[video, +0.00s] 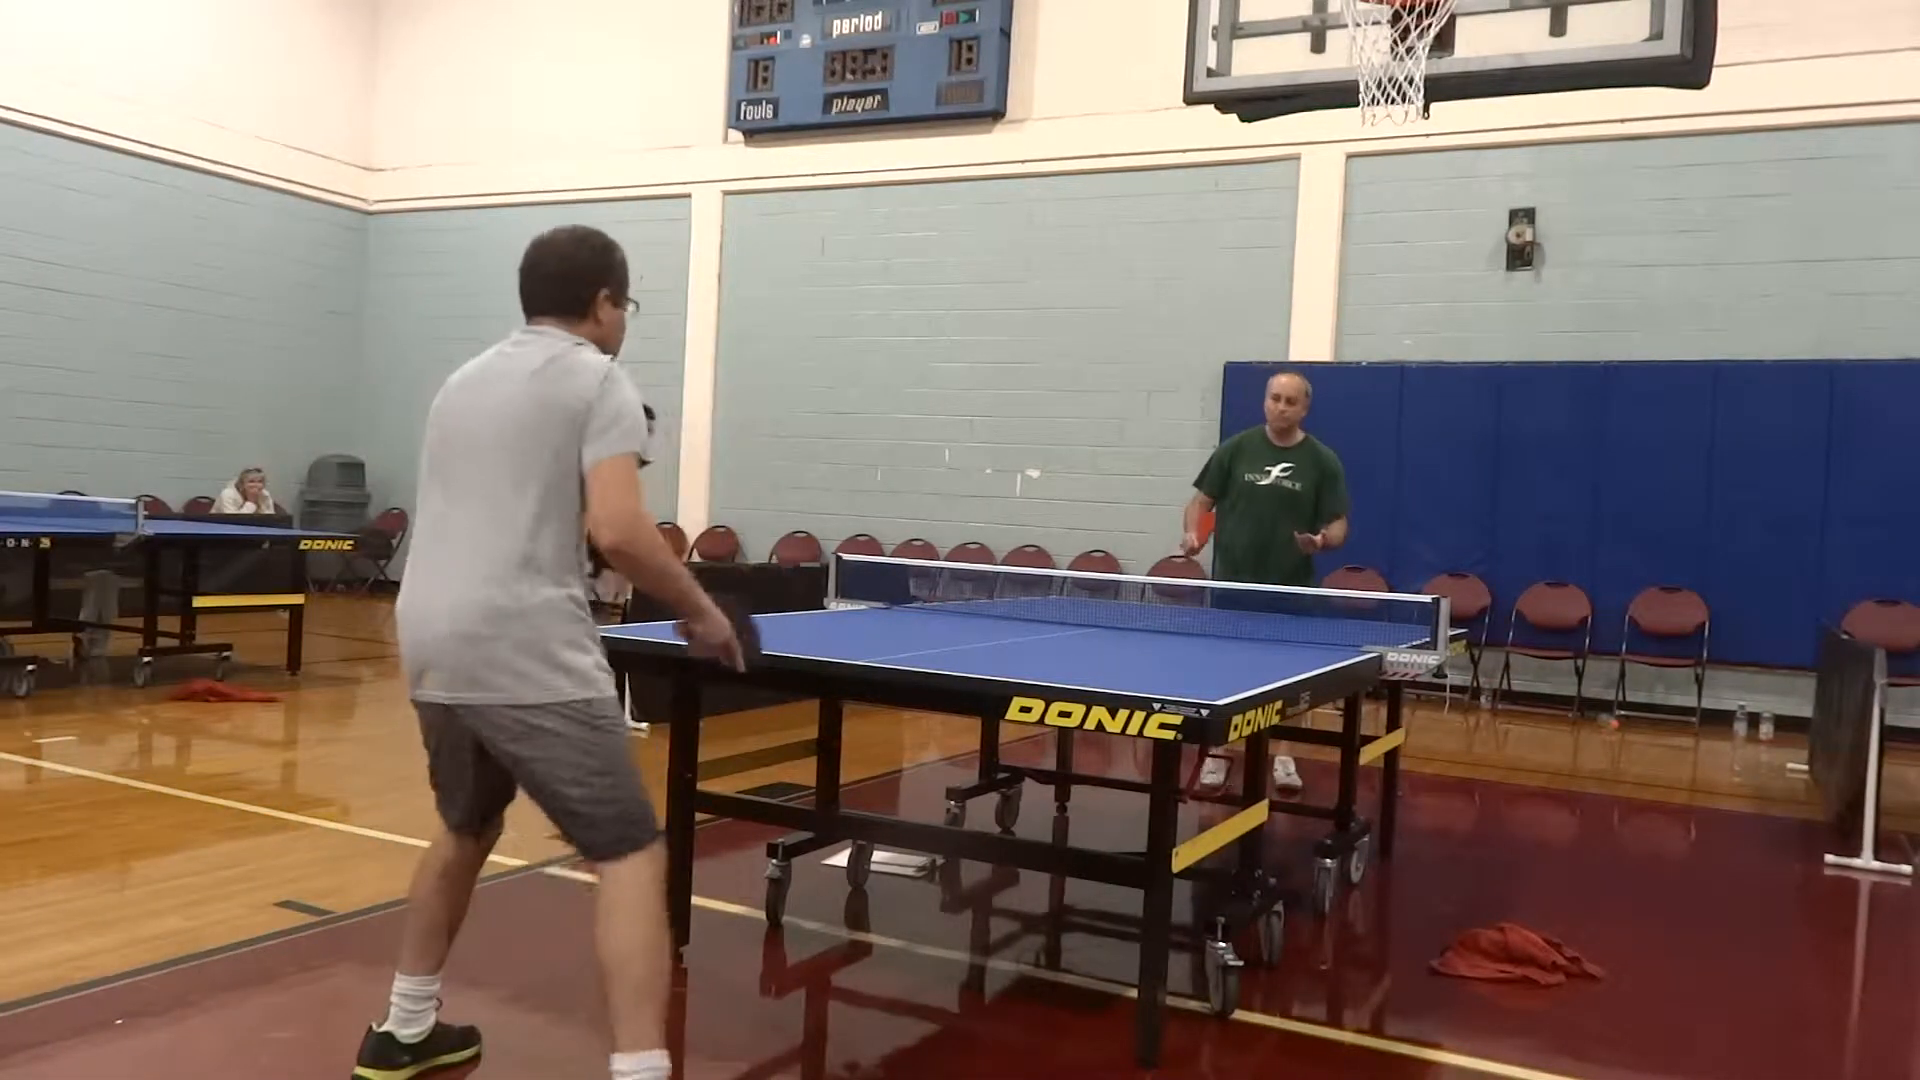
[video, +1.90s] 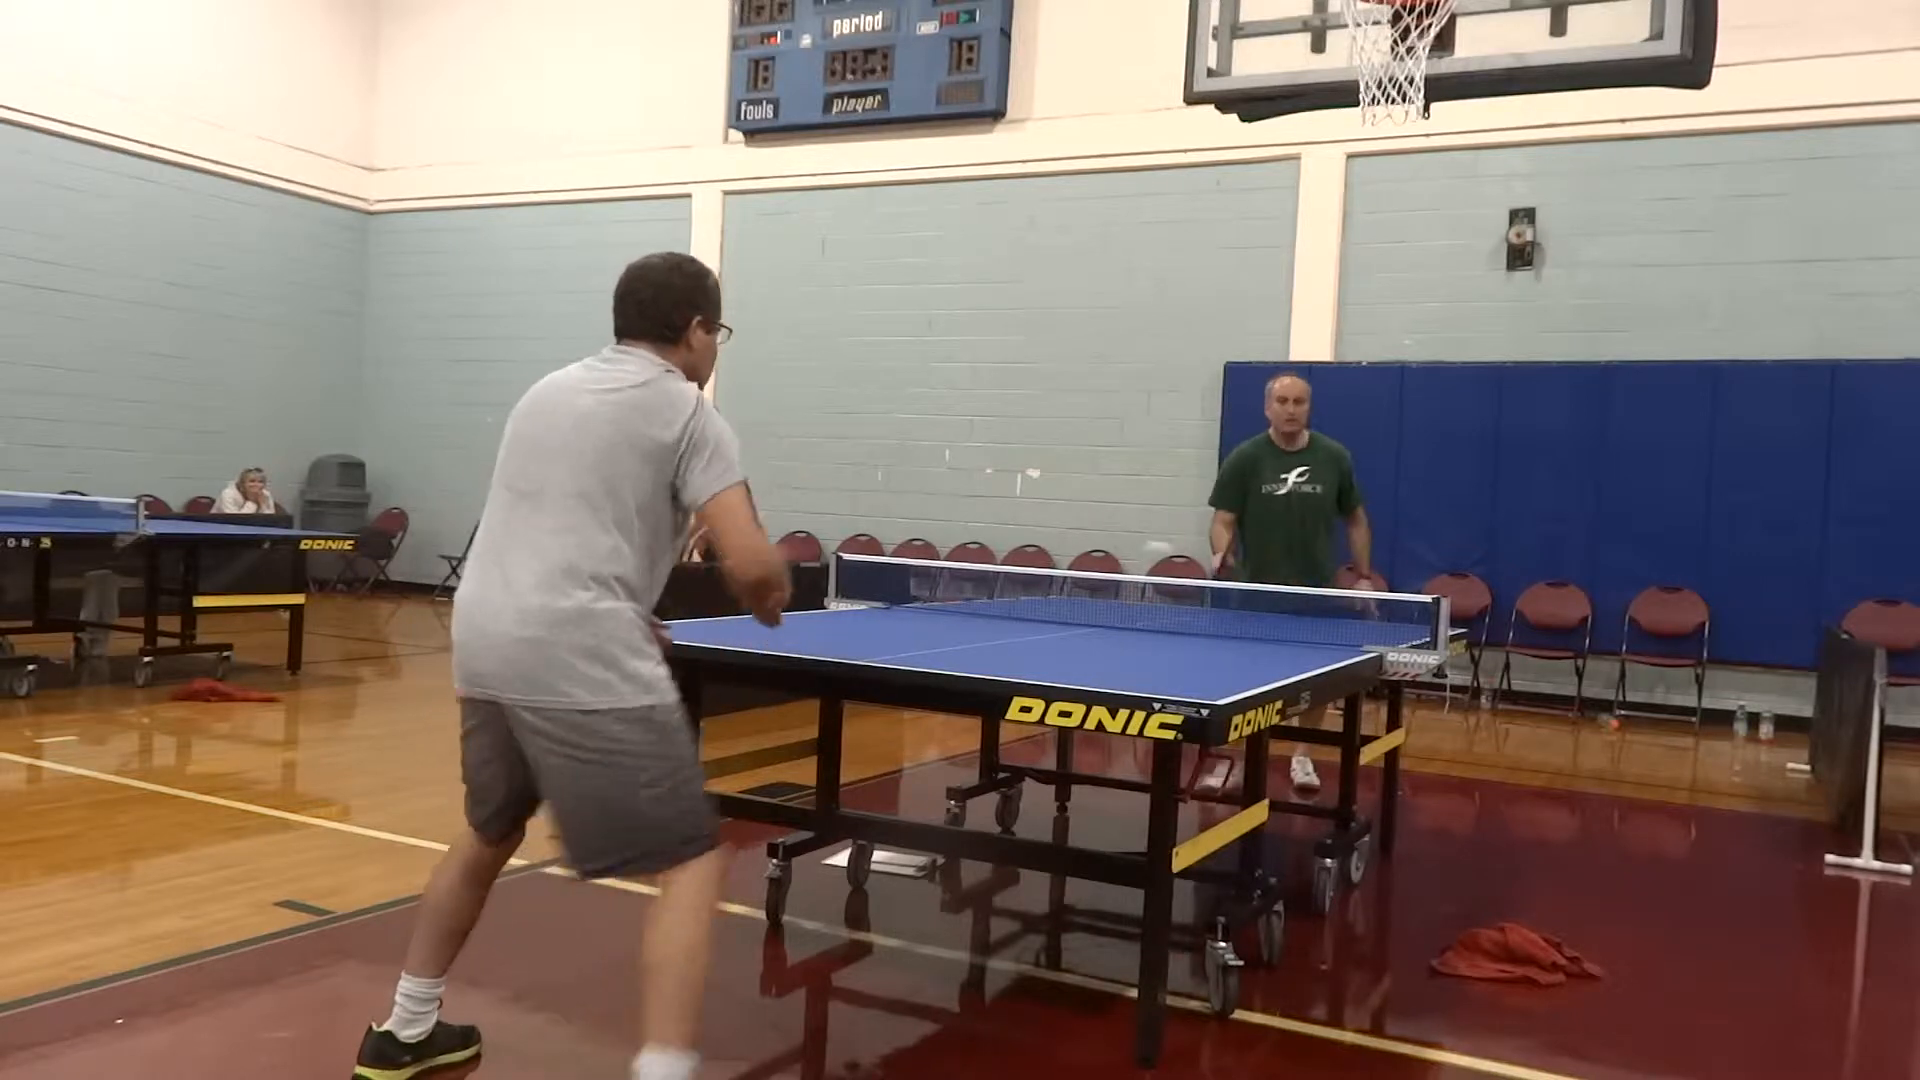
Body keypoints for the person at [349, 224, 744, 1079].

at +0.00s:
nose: (627, 318)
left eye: (627, 303)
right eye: (625, 302)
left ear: (528, 303)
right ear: (600, 302)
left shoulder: (462, 381)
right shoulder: (598, 378)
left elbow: (463, 520)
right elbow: (619, 533)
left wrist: (579, 567)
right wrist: (701, 611)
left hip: (433, 656)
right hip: (533, 661)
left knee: (465, 823)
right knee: (630, 853)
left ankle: (406, 1026)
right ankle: (642, 1070)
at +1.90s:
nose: (719, 346)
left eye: (718, 331)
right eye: (718, 330)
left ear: (620, 327)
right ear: (693, 330)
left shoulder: (544, 393)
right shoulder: (689, 414)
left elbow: (543, 535)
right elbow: (750, 568)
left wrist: (632, 608)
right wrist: (766, 596)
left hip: (481, 647)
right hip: (586, 658)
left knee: (488, 832)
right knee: (691, 855)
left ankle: (405, 1026)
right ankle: (665, 1069)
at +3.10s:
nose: (702, 362)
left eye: (700, 345)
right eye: (697, 345)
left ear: (607, 342)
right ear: (666, 346)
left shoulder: (530, 415)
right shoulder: (652, 433)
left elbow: (447, 546)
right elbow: (664, 589)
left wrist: (553, 571)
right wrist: (738, 632)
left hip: (457, 687)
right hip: (564, 699)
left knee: (448, 847)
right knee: (722, 874)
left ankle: (340, 1025)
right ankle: (680, 1072)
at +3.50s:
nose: (763, 288)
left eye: (776, 265)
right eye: (740, 264)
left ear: (789, 266)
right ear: (680, 264)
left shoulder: (689, 356)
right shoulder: (667, 362)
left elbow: (659, 527)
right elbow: (592, 517)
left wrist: (757, 588)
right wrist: (724, 582)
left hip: (583, 661)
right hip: (633, 683)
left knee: (566, 845)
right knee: (743, 893)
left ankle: (422, 1030)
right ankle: (722, 1076)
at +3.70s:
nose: (727, 229)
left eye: (748, 208)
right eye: (700, 205)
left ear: (771, 221)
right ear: (654, 216)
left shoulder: (748, 336)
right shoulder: (622, 341)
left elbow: (764, 473)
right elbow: (496, 514)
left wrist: (836, 573)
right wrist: (594, 653)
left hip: (708, 672)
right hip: (626, 686)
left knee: (657, 904)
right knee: (705, 918)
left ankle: (578, 1067)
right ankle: (703, 1074)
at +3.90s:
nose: (672, 189)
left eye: (695, 166)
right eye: (644, 168)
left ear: (732, 183)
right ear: (608, 189)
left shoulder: (760, 326)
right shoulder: (559, 329)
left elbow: (824, 465)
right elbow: (430, 504)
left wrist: (929, 563)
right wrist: (426, 703)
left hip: (706, 688)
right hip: (583, 691)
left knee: (628, 933)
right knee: (661, 936)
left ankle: (561, 1070)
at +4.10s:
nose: (619, 148)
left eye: (648, 122)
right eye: (592, 130)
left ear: (705, 150)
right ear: (566, 165)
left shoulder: (760, 311)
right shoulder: (510, 320)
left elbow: (835, 472)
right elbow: (395, 518)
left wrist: (871, 603)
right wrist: (322, 712)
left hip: (703, 735)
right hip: (546, 745)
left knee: (655, 994)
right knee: (571, 1036)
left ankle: (617, 1067)